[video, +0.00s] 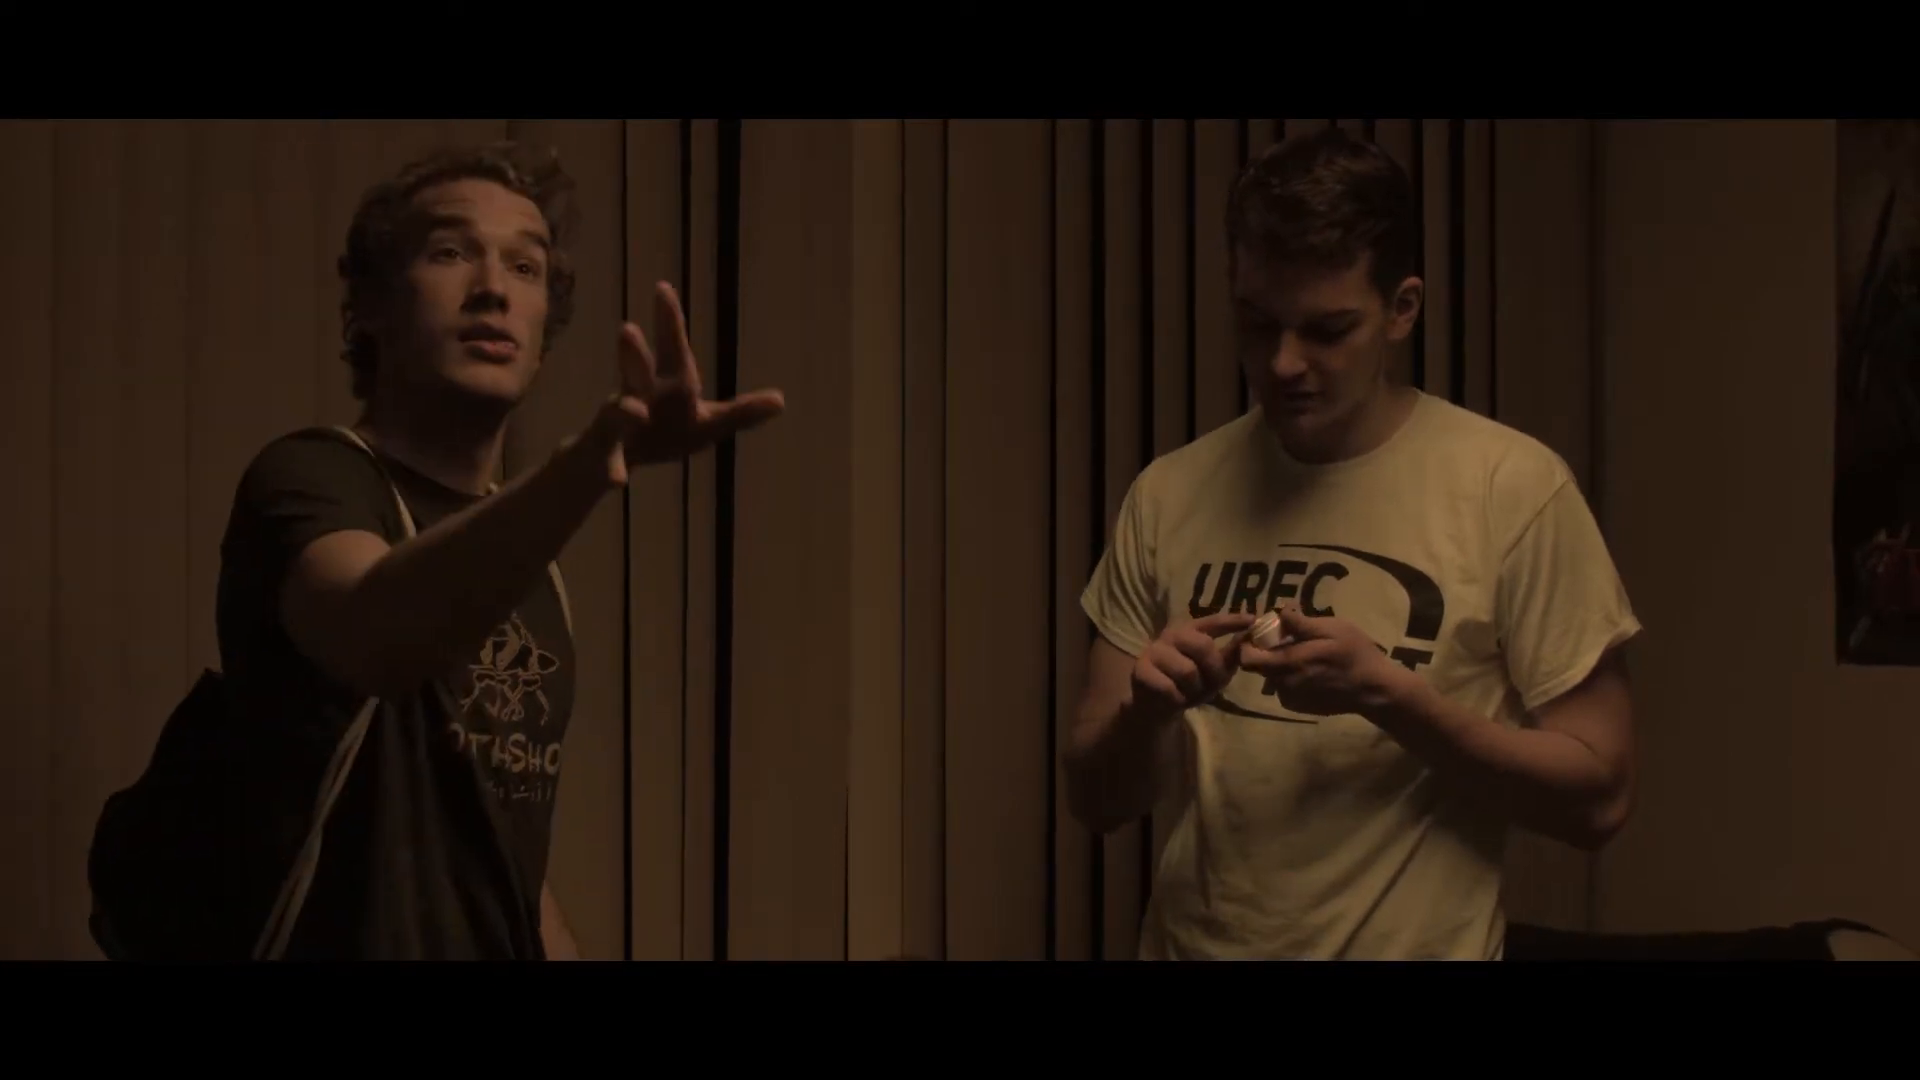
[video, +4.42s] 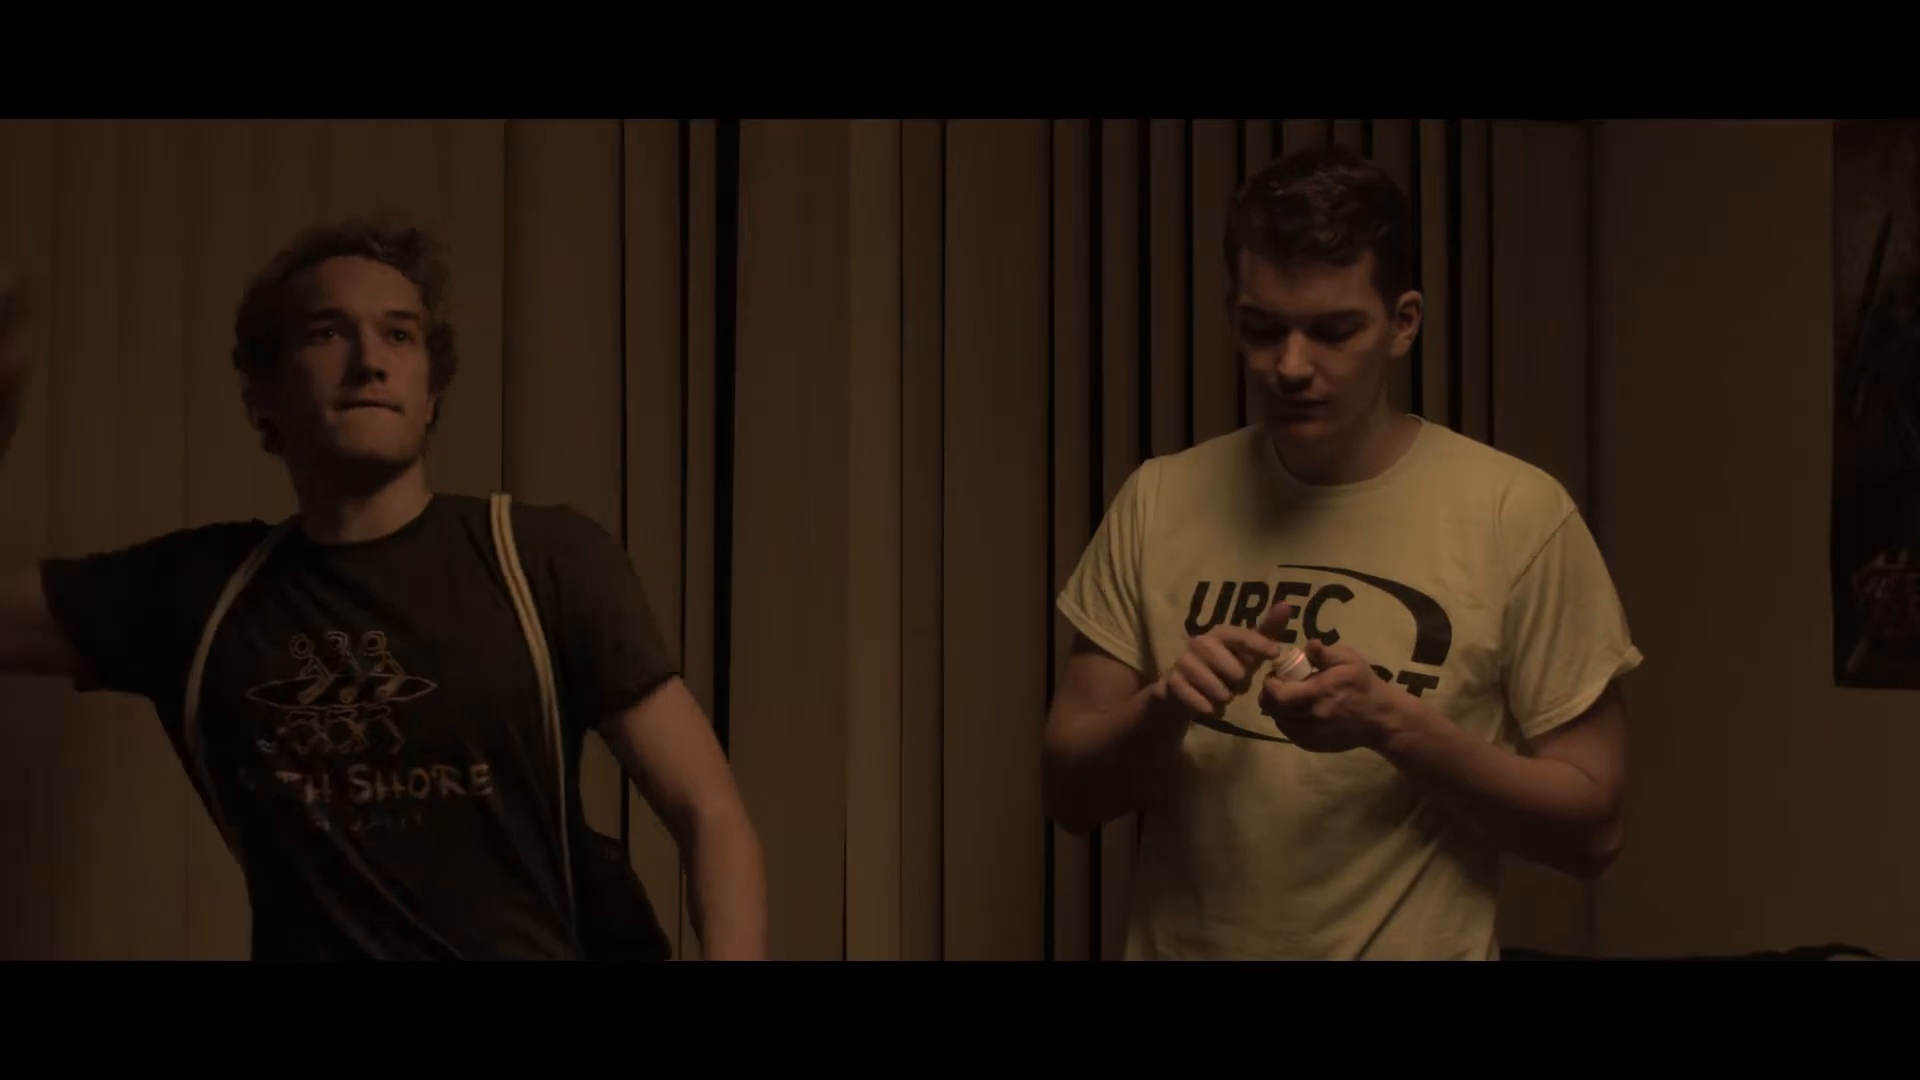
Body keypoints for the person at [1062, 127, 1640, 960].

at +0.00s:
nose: (1287, 365)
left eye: (1328, 331)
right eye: (1260, 327)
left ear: (1403, 311)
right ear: (1237, 306)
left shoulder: (1515, 492)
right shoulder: (1167, 497)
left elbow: (1597, 797)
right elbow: (1091, 802)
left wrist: (1393, 693)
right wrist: (1144, 713)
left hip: (1417, 945)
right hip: (1194, 943)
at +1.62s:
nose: (1220, 308)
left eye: (1267, 273)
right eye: (1213, 272)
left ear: (1362, 290)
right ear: (1197, 275)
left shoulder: (1505, 486)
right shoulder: (1160, 487)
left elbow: (1592, 790)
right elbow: (1064, 785)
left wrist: (1376, 690)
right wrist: (1137, 601)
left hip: (1406, 946)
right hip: (1177, 941)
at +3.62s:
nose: (1246, 342)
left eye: (1286, 307)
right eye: (1227, 309)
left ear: (1379, 311)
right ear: (1210, 316)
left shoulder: (1515, 514)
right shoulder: (1161, 500)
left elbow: (1597, 819)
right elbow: (1048, 776)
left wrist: (1394, 721)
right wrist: (1174, 559)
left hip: (1416, 948)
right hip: (1177, 944)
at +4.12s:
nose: (1281, 358)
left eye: (1319, 320)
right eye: (1251, 323)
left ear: (1394, 315)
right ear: (1224, 322)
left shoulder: (1516, 515)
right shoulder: (1157, 502)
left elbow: (1595, 818)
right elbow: (1067, 800)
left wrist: (1390, 716)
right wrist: (1162, 657)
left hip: (1415, 946)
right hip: (1179, 944)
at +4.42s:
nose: (1291, 368)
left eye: (1332, 331)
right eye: (1262, 330)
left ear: (1404, 323)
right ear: (1235, 319)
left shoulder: (1517, 518)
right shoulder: (1157, 503)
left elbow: (1592, 822)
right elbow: (1069, 793)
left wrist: (1394, 721)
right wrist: (1162, 705)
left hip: (1414, 947)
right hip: (1182, 944)